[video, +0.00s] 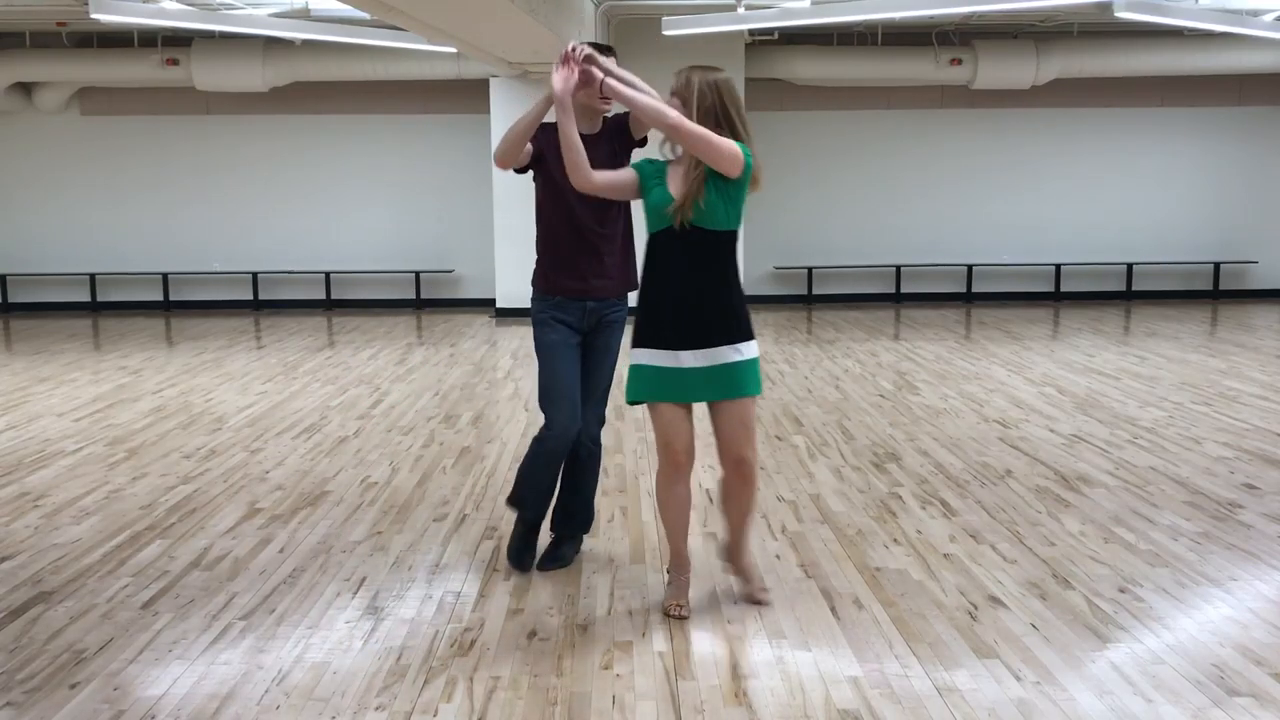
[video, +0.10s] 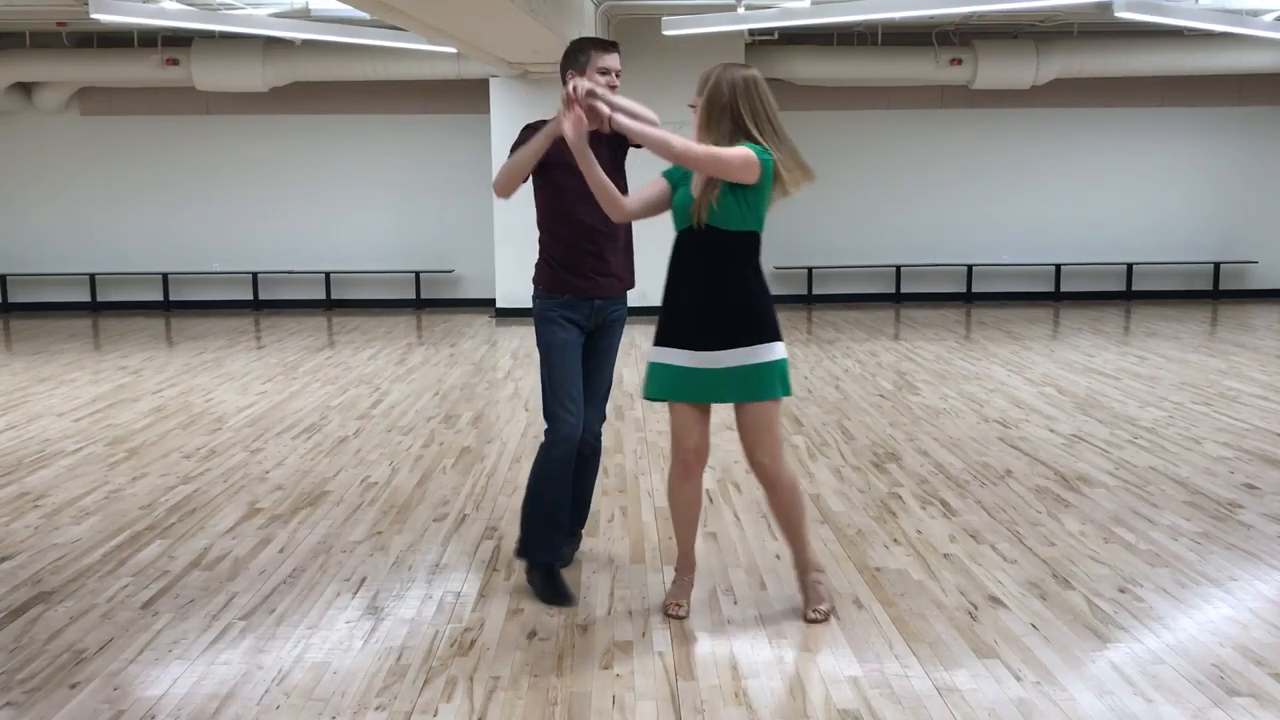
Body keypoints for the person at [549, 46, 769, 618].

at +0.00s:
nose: (672, 112)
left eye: (680, 106)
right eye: (671, 106)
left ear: (705, 110)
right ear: (668, 117)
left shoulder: (736, 164)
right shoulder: (653, 172)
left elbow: (672, 121)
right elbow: (584, 179)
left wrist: (614, 84)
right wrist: (562, 101)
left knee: (740, 460)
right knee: (675, 459)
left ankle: (738, 549)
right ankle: (678, 567)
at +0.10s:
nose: (692, 110)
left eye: (700, 102)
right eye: (693, 102)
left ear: (724, 107)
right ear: (714, 108)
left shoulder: (755, 161)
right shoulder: (685, 170)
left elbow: (682, 150)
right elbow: (622, 209)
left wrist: (612, 107)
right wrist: (579, 144)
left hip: (746, 327)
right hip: (685, 327)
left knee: (766, 460)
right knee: (687, 458)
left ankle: (808, 570)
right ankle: (684, 568)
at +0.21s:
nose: (718, 111)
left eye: (725, 102)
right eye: (720, 102)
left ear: (748, 106)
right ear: (753, 106)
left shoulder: (773, 163)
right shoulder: (725, 177)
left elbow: (710, 193)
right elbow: (666, 234)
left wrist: (639, 166)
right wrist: (616, 195)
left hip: (772, 332)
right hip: (721, 331)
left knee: (786, 461)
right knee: (707, 458)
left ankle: (839, 570)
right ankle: (701, 567)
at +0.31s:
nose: (740, 110)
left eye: (748, 102)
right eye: (744, 101)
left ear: (770, 111)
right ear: (778, 111)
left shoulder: (783, 173)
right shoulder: (762, 181)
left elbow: (732, 236)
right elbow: (715, 258)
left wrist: (665, 212)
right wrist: (651, 228)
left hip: (795, 341)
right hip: (758, 341)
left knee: (793, 461)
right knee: (730, 454)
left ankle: (849, 572)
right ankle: (755, 563)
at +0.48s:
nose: (764, 113)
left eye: (772, 105)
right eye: (767, 104)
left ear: (794, 114)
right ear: (808, 115)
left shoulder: (799, 179)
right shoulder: (802, 176)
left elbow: (770, 267)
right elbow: (774, 263)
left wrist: (722, 257)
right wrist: (728, 265)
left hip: (803, 336)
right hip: (812, 332)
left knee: (789, 462)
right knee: (801, 460)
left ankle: (851, 576)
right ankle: (879, 555)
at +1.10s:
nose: (768, 107)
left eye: (777, 99)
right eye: (771, 98)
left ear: (801, 110)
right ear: (808, 109)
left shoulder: (810, 175)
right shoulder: (801, 172)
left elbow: (741, 237)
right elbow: (747, 233)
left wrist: (703, 210)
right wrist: (705, 212)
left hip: (820, 340)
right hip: (801, 339)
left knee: (817, 459)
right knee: (758, 445)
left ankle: (863, 579)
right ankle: (810, 559)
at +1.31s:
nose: (746, 107)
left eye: (754, 99)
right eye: (749, 98)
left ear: (778, 109)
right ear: (782, 109)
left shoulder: (780, 173)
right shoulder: (773, 167)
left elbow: (697, 213)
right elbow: (713, 205)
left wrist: (664, 183)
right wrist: (673, 181)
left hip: (778, 333)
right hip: (756, 328)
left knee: (764, 460)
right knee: (728, 444)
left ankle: (841, 566)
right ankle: (749, 562)